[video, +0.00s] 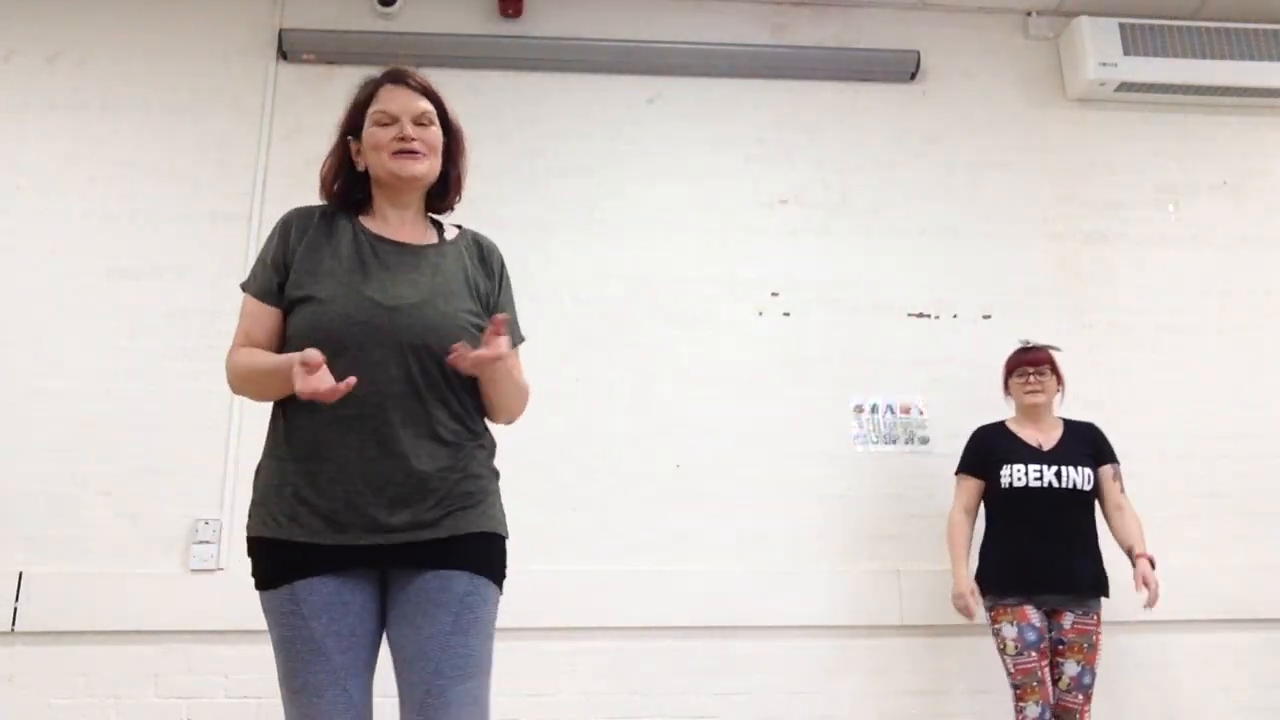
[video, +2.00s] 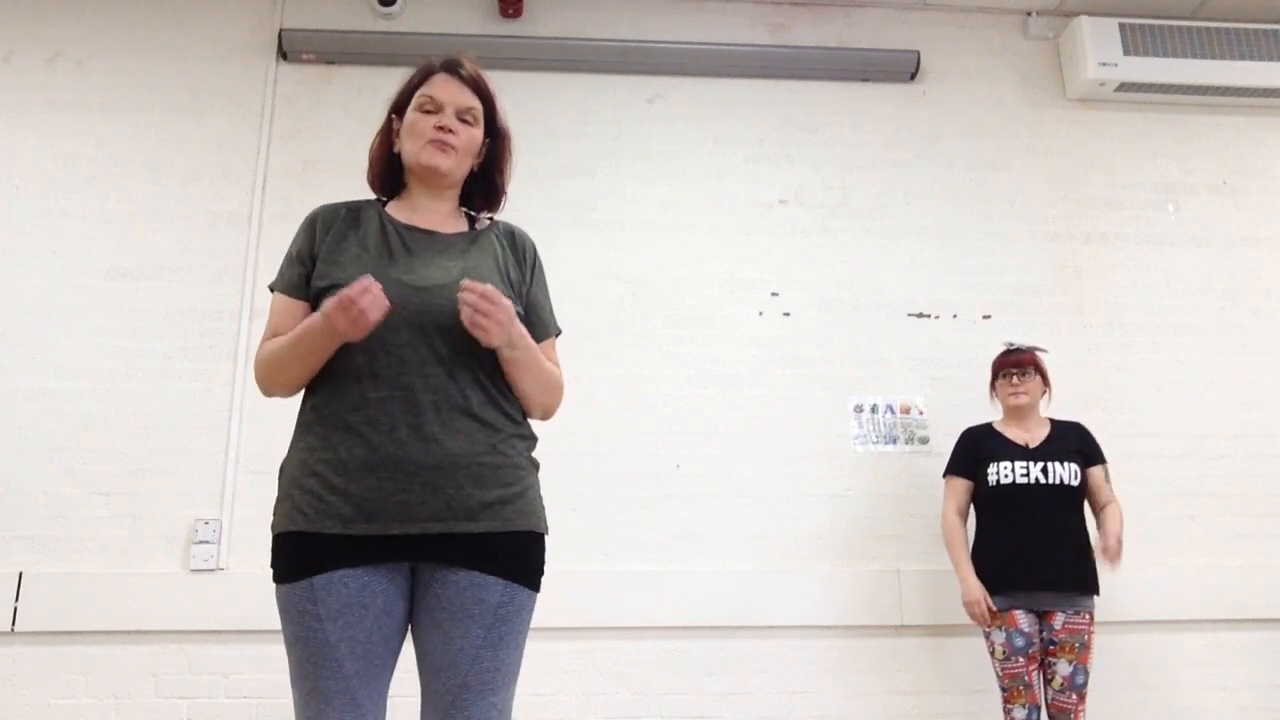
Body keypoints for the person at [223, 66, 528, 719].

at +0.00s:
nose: (409, 133)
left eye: (424, 122)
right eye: (387, 123)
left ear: (445, 148)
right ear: (357, 149)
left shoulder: (478, 258)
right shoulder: (302, 234)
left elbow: (509, 408)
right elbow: (242, 366)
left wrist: (497, 362)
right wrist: (289, 372)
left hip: (450, 520)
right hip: (310, 521)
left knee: (451, 713)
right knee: (324, 714)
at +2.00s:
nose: (447, 123)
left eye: (467, 117)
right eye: (430, 109)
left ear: (484, 148)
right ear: (396, 130)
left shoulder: (512, 250)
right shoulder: (329, 229)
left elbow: (546, 401)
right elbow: (271, 377)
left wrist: (512, 339)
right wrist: (329, 326)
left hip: (486, 524)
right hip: (335, 520)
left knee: (473, 714)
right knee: (336, 714)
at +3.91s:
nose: (453, 119)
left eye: (470, 111)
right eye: (433, 106)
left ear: (488, 140)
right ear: (399, 130)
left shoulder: (519, 246)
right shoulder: (336, 226)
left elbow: (546, 403)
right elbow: (282, 374)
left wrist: (533, 358)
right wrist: (348, 343)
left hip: (491, 522)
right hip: (339, 517)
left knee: (475, 714)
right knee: (339, 714)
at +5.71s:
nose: (443, 127)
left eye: (461, 115)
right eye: (424, 112)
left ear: (483, 138)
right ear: (392, 132)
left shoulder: (514, 249)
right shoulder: (331, 227)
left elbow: (547, 399)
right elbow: (270, 365)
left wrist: (499, 356)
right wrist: (353, 358)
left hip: (486, 518)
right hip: (332, 513)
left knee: (471, 713)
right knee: (335, 713)